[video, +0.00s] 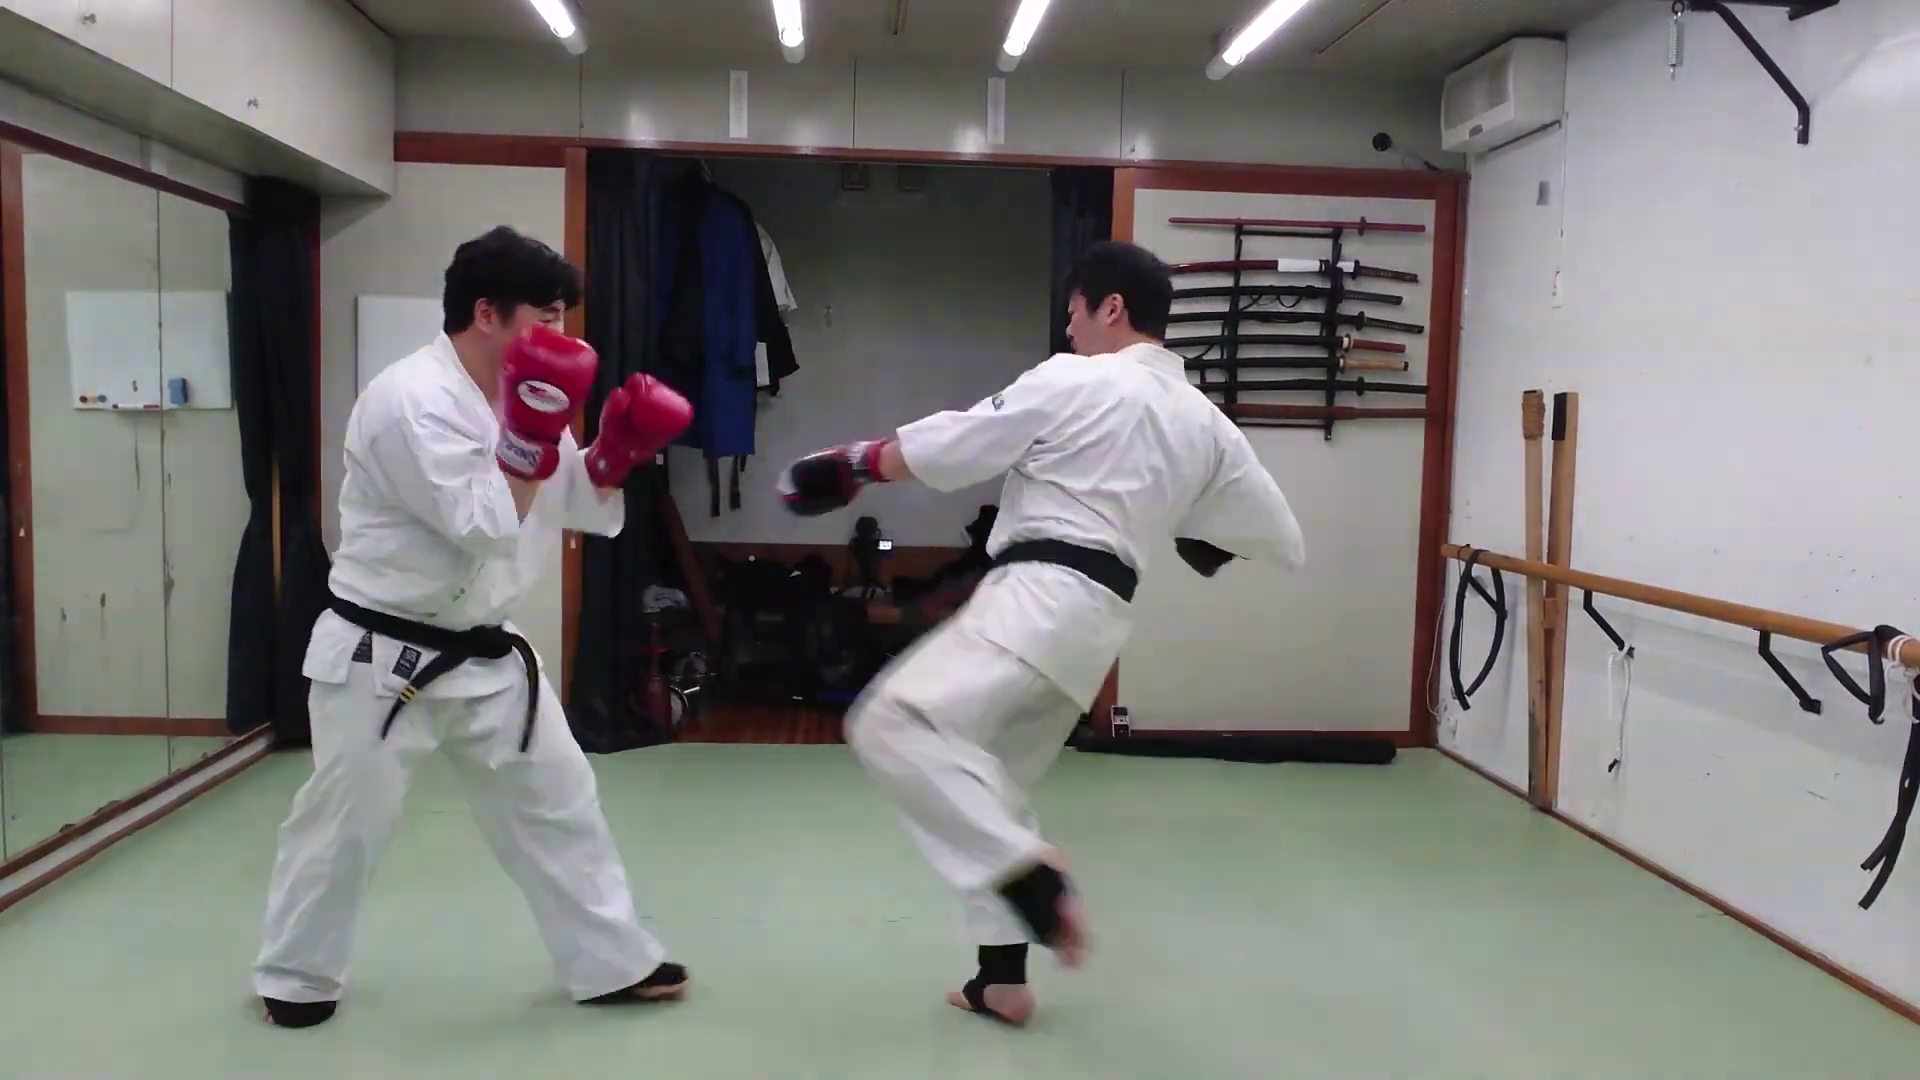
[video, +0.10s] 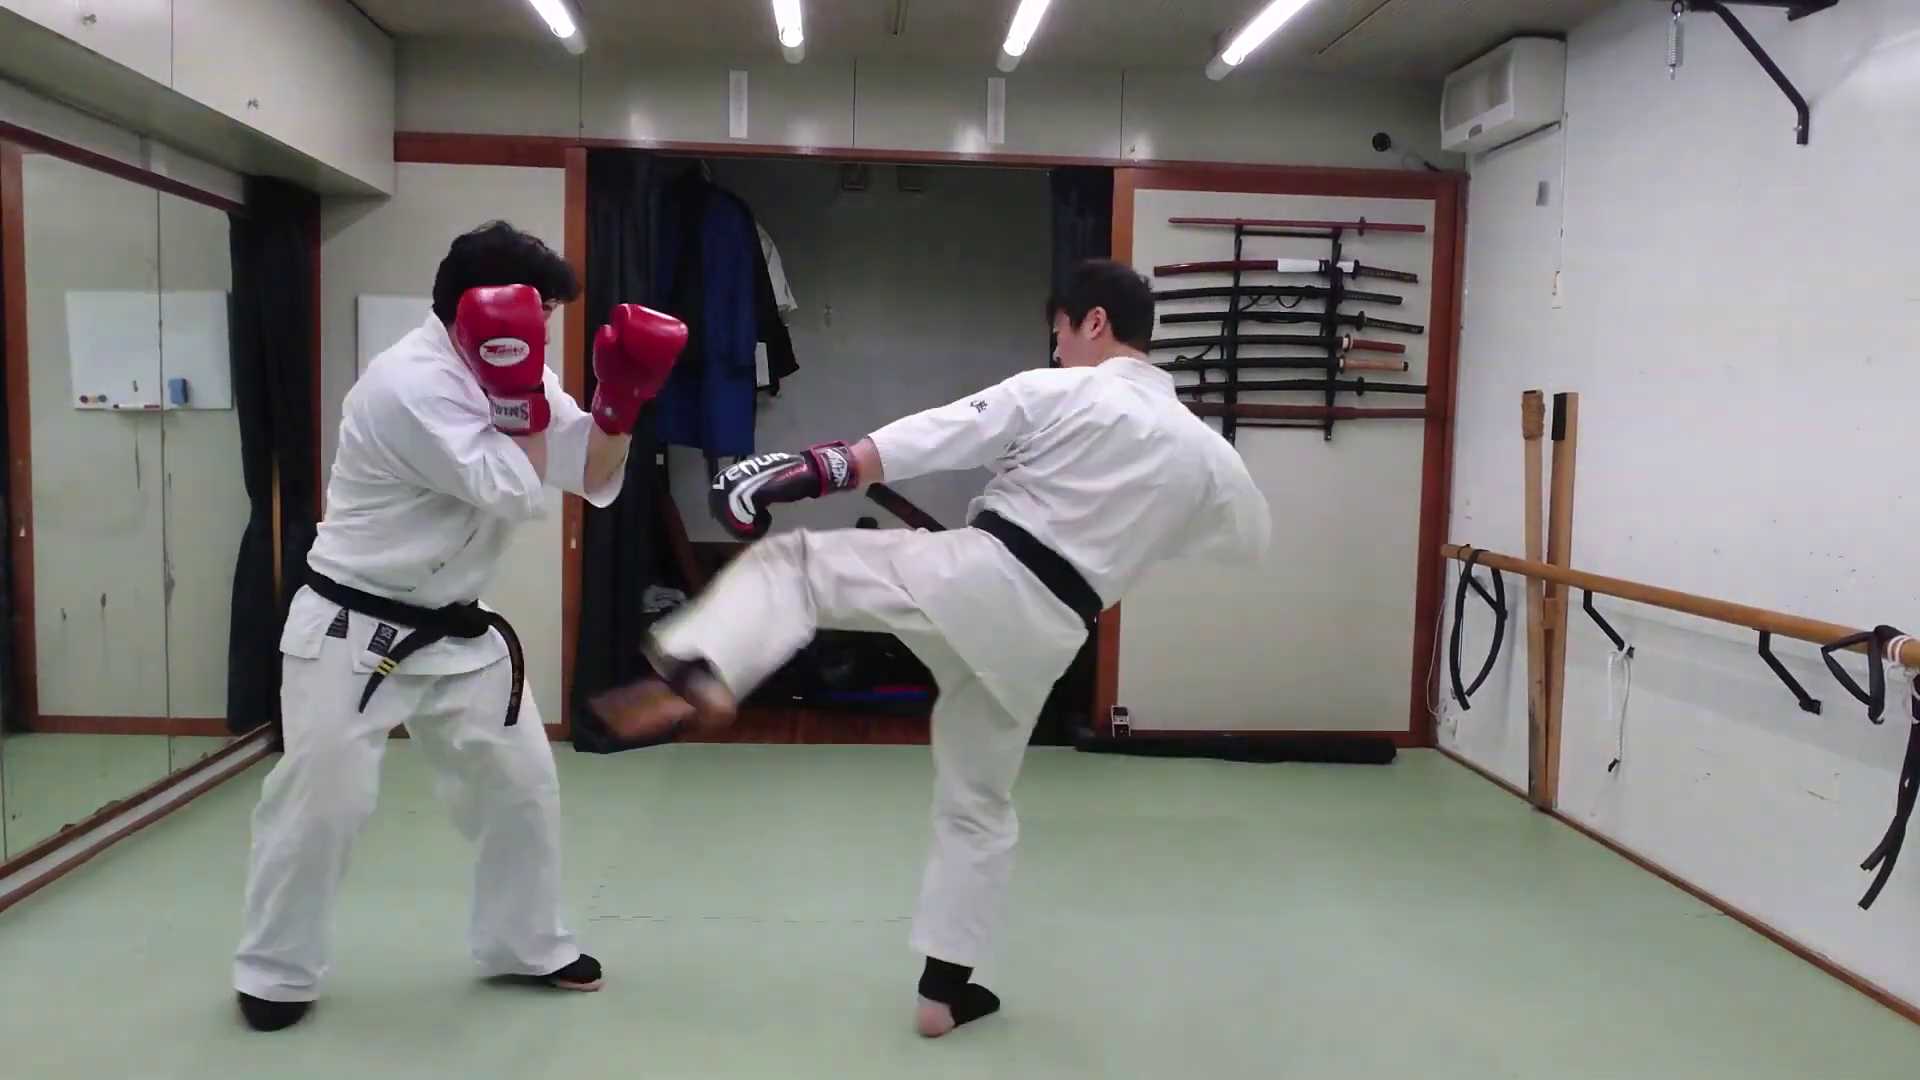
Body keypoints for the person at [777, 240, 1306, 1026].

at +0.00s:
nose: (1068, 330)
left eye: (1075, 313)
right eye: (1069, 314)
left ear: (1113, 309)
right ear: (1144, 316)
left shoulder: (1074, 379)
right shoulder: (1204, 420)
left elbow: (950, 449)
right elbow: (1276, 530)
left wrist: (854, 463)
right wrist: (1209, 539)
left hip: (1041, 590)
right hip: (1100, 618)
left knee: (889, 722)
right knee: (1003, 783)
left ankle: (1027, 874)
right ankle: (1001, 975)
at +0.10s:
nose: (1058, 349)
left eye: (1061, 332)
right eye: (1058, 334)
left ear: (1099, 324)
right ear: (1139, 331)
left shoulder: (1058, 391)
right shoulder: (1206, 453)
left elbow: (939, 436)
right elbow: (1248, 541)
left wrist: (817, 468)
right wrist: (1150, 507)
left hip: (975, 570)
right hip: (1044, 638)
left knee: (800, 563)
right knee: (977, 807)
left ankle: (706, 675)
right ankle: (947, 983)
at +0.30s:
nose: (1018, 352)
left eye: (1021, 335)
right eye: (1020, 339)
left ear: (1057, 322)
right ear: (1104, 337)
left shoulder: (1029, 377)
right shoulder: (1144, 476)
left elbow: (917, 414)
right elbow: (1084, 576)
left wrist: (799, 466)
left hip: (911, 574)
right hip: (987, 644)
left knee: (722, 565)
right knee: (945, 809)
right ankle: (940, 990)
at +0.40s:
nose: (982, 337)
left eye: (987, 321)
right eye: (984, 322)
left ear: (1023, 311)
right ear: (1065, 324)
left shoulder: (988, 370)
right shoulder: (1112, 451)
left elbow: (852, 442)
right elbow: (1058, 548)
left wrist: (734, 449)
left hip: (881, 587)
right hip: (976, 643)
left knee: (712, 680)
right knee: (947, 820)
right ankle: (943, 997)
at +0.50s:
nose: (939, 332)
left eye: (942, 317)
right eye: (939, 319)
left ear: (976, 307)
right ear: (1021, 318)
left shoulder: (927, 374)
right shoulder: (1077, 437)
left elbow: (804, 458)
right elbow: (1017, 535)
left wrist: (765, 414)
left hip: (857, 609)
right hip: (963, 645)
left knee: (759, 784)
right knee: (953, 827)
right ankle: (946, 996)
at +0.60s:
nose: (897, 363)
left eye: (900, 347)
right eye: (899, 349)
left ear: (928, 339)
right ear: (984, 350)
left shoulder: (879, 416)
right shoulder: (1034, 454)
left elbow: (747, 500)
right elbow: (1000, 554)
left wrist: (743, 442)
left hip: (846, 670)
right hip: (959, 687)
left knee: (771, 846)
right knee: (982, 843)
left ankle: (744, 1015)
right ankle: (1004, 1002)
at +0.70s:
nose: (890, 381)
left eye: (891, 367)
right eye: (889, 368)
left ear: (916, 356)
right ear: (978, 360)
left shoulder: (882, 430)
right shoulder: (1031, 451)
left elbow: (780, 524)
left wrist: (787, 452)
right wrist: (908, 422)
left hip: (857, 667)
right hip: (968, 684)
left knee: (777, 821)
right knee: (1006, 839)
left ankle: (739, 1011)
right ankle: (1104, 999)